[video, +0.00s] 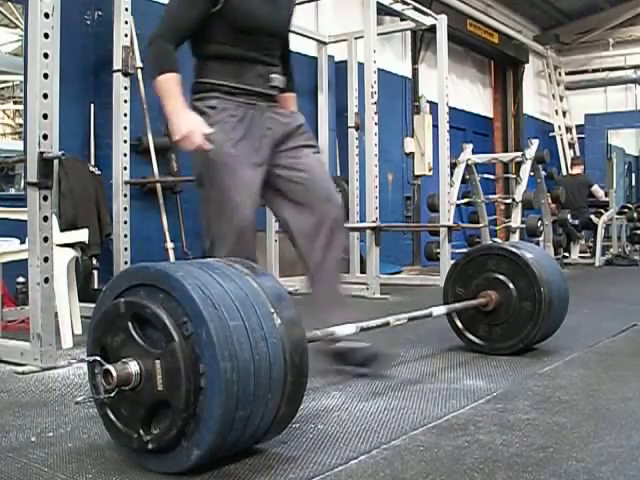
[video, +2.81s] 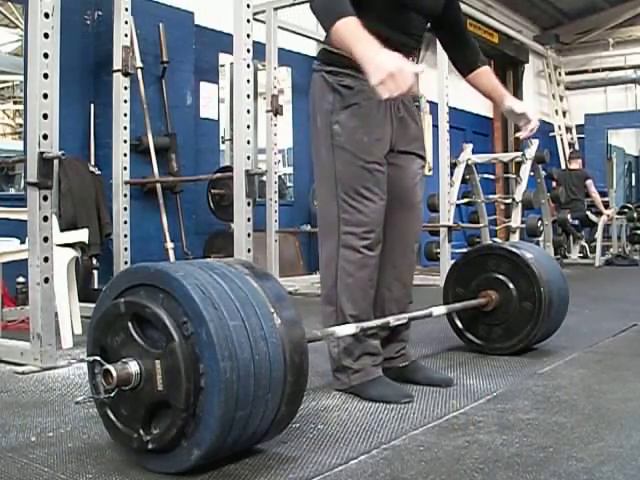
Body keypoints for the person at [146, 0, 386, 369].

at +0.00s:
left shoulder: (283, 4)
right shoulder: (206, 2)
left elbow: (279, 53)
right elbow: (160, 44)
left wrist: (290, 115)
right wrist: (178, 112)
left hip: (277, 115)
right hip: (225, 112)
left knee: (323, 207)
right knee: (234, 231)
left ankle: (333, 328)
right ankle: (235, 348)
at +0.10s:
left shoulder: (300, 4)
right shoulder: (224, 2)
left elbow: (294, 59)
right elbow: (173, 44)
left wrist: (305, 123)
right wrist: (192, 112)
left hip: (292, 118)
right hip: (241, 114)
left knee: (338, 228)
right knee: (248, 235)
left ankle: (394, 347)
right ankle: (233, 360)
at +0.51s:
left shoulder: (343, 4)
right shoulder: (255, 1)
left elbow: (347, 59)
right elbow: (209, 46)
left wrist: (367, 126)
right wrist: (230, 117)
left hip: (318, 120)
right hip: (263, 114)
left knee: (360, 223)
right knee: (256, 250)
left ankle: (383, 354)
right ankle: (241, 373)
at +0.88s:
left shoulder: (396, 6)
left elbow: (398, 47)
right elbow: (266, 23)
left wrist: (410, 115)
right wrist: (282, 102)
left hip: (361, 103)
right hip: (309, 95)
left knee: (379, 228)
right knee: (315, 226)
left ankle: (388, 355)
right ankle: (276, 347)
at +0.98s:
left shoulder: (408, 5)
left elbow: (408, 40)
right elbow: (274, 20)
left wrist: (424, 114)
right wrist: (286, 102)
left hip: (367, 96)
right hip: (315, 88)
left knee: (383, 219)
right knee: (333, 214)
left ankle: (387, 350)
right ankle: (336, 358)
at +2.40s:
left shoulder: (432, 5)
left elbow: (447, 49)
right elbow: (303, 13)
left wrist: (482, 108)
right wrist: (328, 93)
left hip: (386, 95)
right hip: (337, 86)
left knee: (397, 221)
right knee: (352, 221)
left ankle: (390, 349)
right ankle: (351, 363)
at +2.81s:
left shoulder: (441, 5)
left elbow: (461, 46)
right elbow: (326, 4)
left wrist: (506, 100)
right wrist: (371, 53)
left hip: (402, 88)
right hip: (347, 82)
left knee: (404, 219)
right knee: (358, 222)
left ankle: (393, 353)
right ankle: (353, 363)